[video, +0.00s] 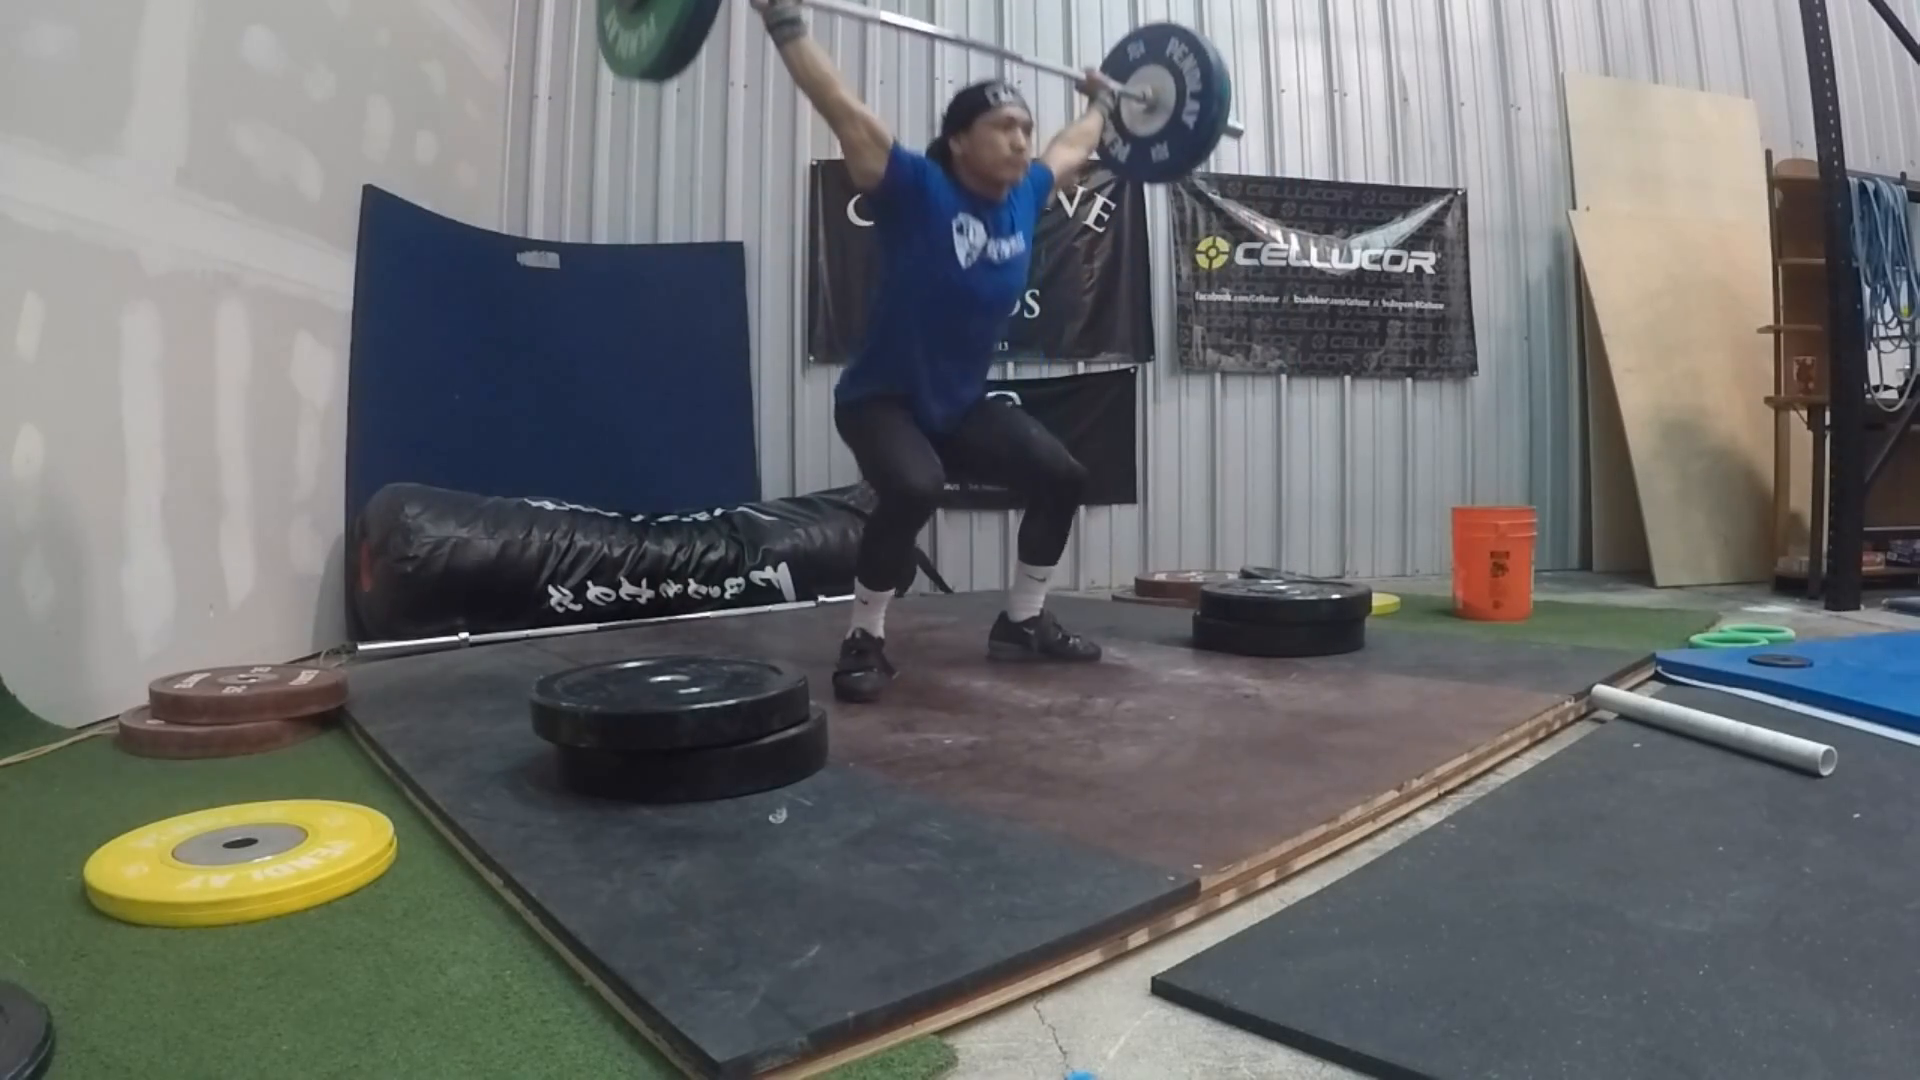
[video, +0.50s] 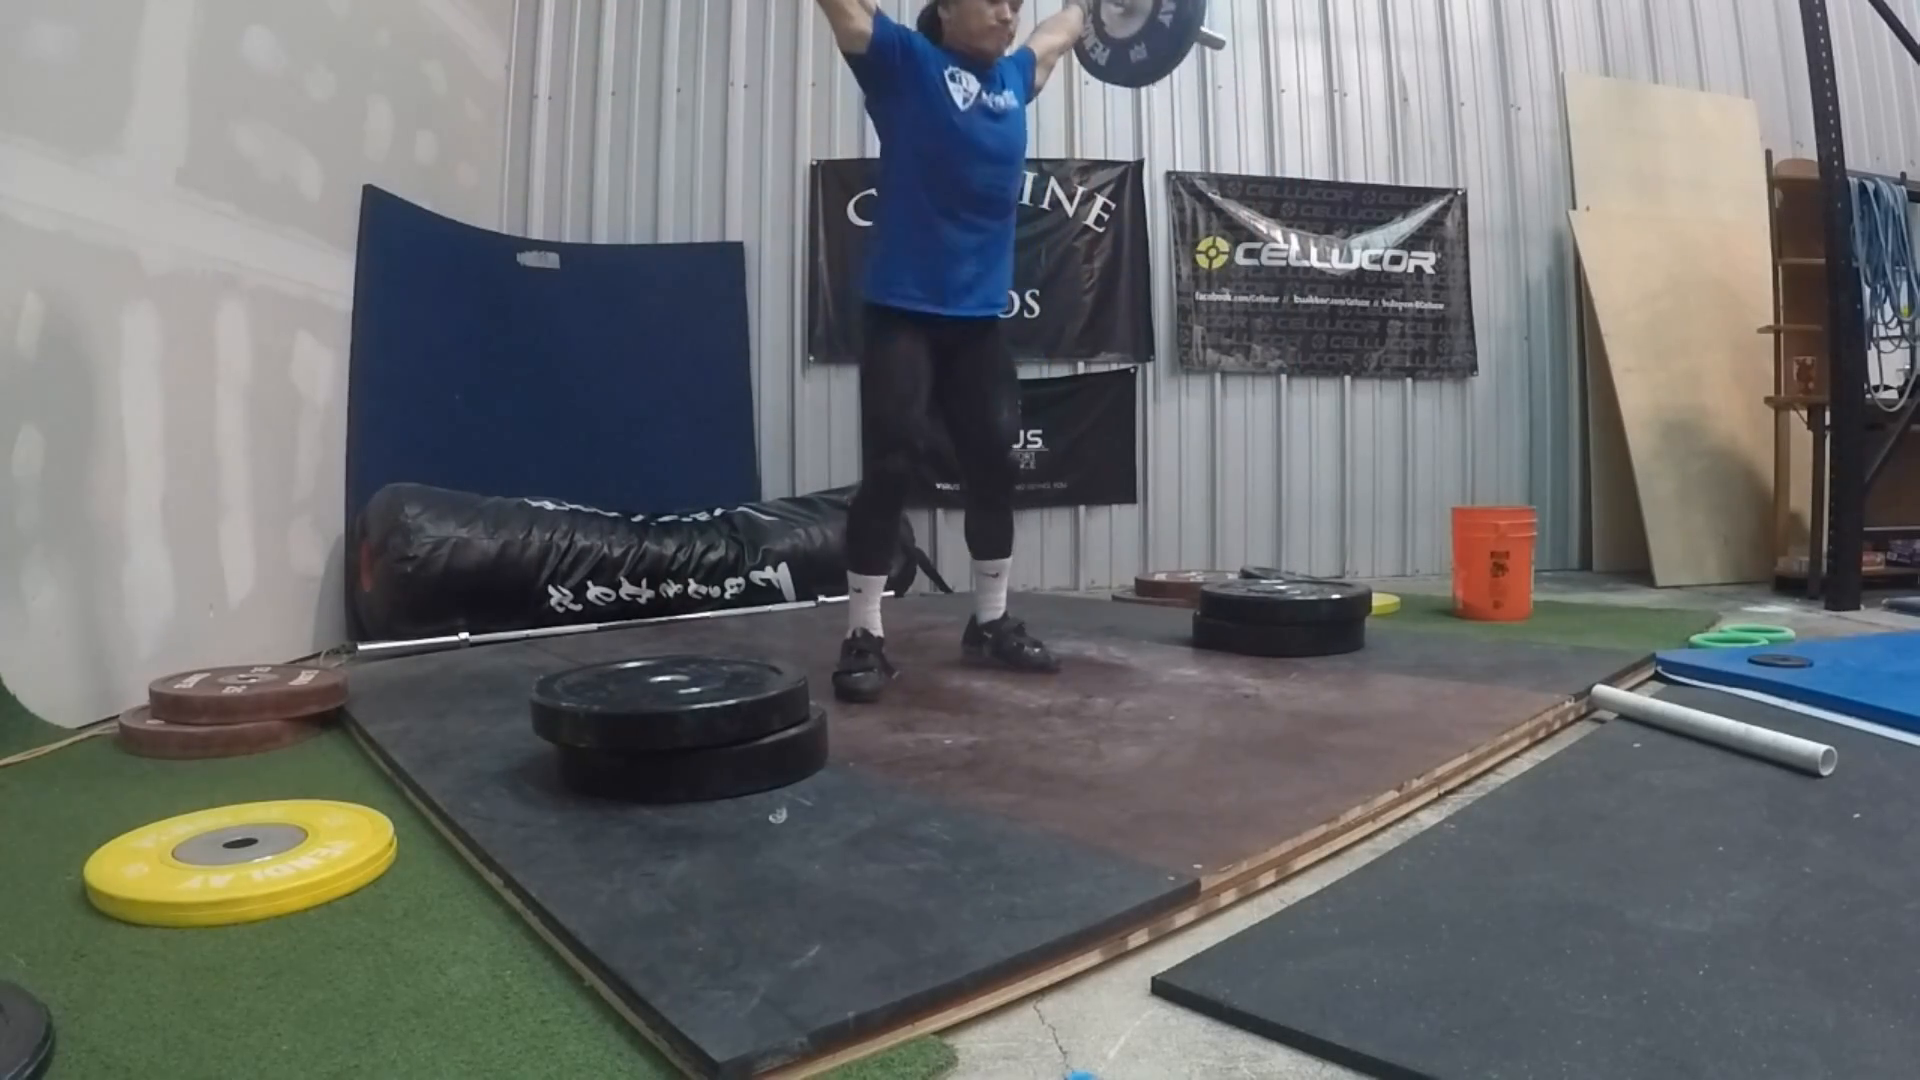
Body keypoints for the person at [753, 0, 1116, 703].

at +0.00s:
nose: (1021, 142)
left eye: (1026, 131)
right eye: (1003, 127)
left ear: (1026, 147)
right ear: (957, 143)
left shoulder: (1025, 193)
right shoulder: (913, 185)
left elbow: (1075, 147)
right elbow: (843, 113)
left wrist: (1105, 103)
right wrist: (784, 23)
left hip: (962, 401)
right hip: (879, 396)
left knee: (1061, 477)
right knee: (916, 486)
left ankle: (1021, 621)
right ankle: (864, 639)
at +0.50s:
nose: (1005, 14)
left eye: (1011, 5)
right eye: (989, 1)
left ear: (1012, 16)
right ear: (945, 10)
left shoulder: (1012, 77)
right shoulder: (905, 61)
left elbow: (1056, 37)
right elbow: (839, 7)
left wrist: (1095, 8)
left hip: (982, 318)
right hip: (901, 314)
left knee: (995, 465)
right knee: (890, 468)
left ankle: (991, 623)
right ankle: (864, 636)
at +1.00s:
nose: (962, 44)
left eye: (968, 34)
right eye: (948, 30)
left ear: (972, 45)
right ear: (904, 37)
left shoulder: (977, 98)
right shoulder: (869, 89)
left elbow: (1021, 63)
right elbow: (800, 22)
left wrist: (1063, 22)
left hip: (976, 319)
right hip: (898, 319)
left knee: (991, 457)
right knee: (884, 457)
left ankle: (991, 621)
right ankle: (856, 631)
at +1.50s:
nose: (814, 107)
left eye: (822, 99)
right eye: (803, 95)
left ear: (826, 106)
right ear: (768, 93)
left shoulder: (835, 179)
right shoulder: (729, 149)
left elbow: (879, 252)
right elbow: (670, 213)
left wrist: (946, 278)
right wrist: (682, 252)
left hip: (810, 342)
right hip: (741, 339)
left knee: (875, 440)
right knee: (760, 452)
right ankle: (745, 608)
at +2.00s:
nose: (807, 231)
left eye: (815, 221)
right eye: (798, 217)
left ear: (821, 223)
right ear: (766, 209)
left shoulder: (816, 274)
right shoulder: (711, 248)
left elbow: (844, 344)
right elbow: (685, 323)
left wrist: (876, 388)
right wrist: (720, 364)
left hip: (740, 386)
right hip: (687, 379)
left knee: (735, 481)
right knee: (704, 462)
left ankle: (718, 579)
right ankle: (704, 592)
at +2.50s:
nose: (776, 168)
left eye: (784, 159)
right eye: (766, 156)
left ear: (789, 162)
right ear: (733, 152)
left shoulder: (787, 223)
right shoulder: (683, 208)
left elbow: (782, 298)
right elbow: (636, 278)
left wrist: (780, 371)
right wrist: (613, 350)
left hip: (733, 364)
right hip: (674, 355)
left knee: (723, 469)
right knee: (705, 455)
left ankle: (701, 589)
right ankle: (680, 586)